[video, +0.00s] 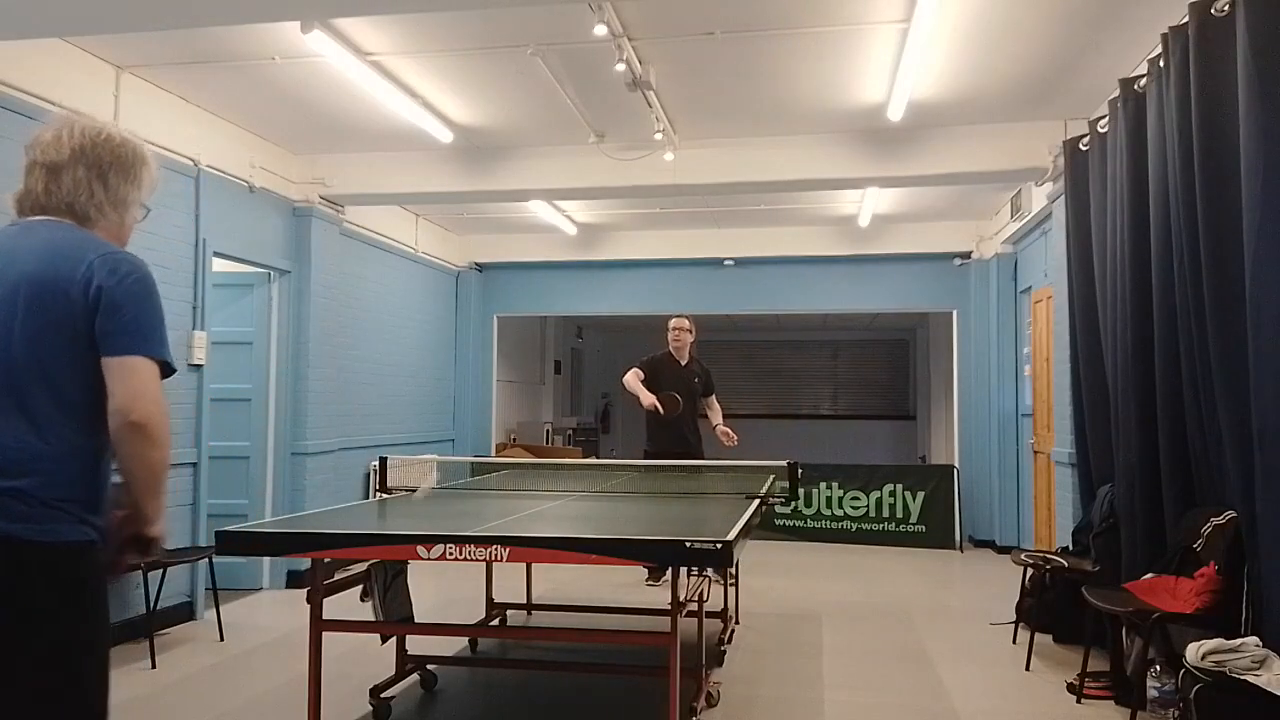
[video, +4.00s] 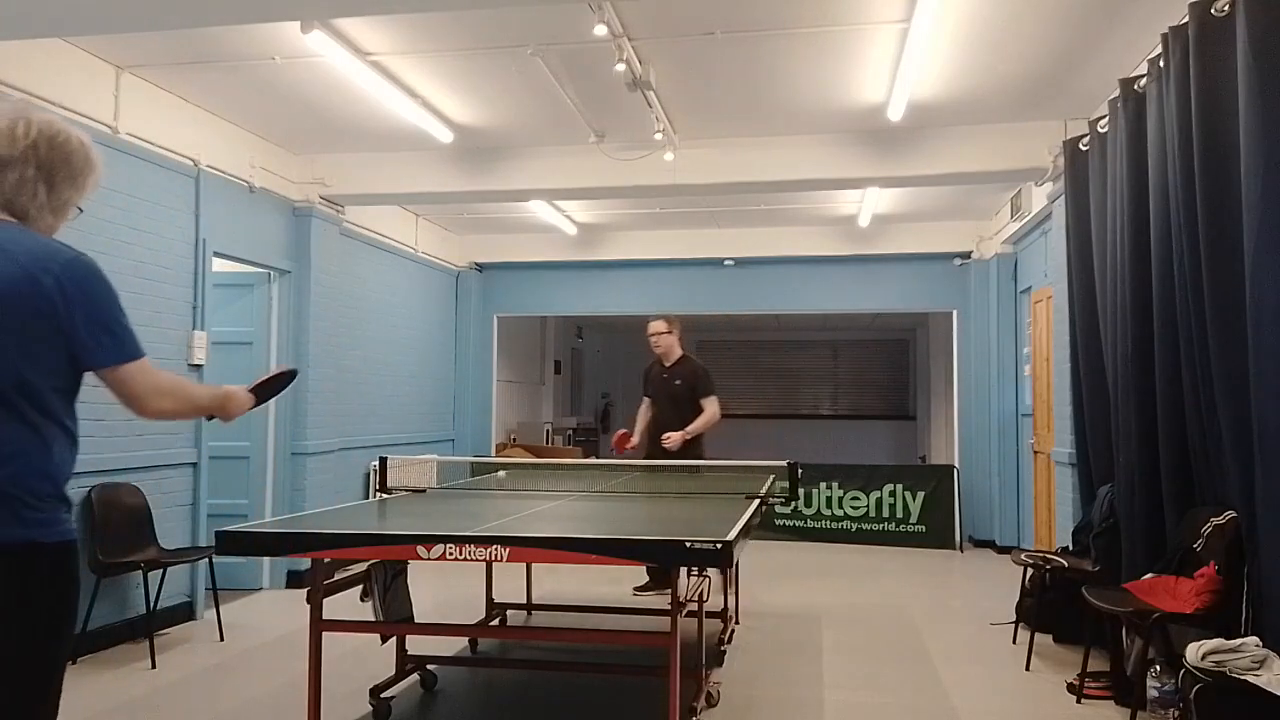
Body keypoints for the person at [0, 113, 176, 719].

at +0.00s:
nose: (139, 223)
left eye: (144, 209)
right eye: (139, 206)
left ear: (37, 185)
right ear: (109, 197)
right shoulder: (112, 270)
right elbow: (136, 416)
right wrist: (146, 515)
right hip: (45, 548)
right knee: (62, 705)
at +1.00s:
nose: (17, 193)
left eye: (20, 175)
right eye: (16, 173)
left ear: (13, 176)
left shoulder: (12, 257)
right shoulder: (7, 255)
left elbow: (21, 397)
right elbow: (15, 400)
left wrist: (110, 498)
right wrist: (119, 505)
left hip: (8, 545)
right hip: (4, 547)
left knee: (28, 700)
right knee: (27, 704)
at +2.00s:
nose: (232, 236)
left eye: (235, 222)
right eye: (230, 220)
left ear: (138, 205)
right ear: (199, 212)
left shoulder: (61, 285)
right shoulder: (215, 284)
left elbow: (9, 418)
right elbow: (357, 384)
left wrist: (9, 529)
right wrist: (409, 430)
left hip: (35, 551)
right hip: (131, 552)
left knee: (77, 708)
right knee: (140, 707)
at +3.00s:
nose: (102, 184)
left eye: (104, 169)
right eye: (98, 168)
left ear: (18, 160)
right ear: (62, 164)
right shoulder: (72, 249)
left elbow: (115, 401)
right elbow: (117, 403)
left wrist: (182, 511)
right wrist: (190, 509)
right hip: (33, 562)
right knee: (41, 706)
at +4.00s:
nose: (75, 208)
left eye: (78, 194)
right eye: (72, 194)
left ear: (5, 176)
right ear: (51, 192)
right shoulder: (57, 270)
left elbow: (145, 391)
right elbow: (145, 393)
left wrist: (210, 400)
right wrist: (218, 400)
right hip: (25, 544)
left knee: (25, 700)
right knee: (27, 705)